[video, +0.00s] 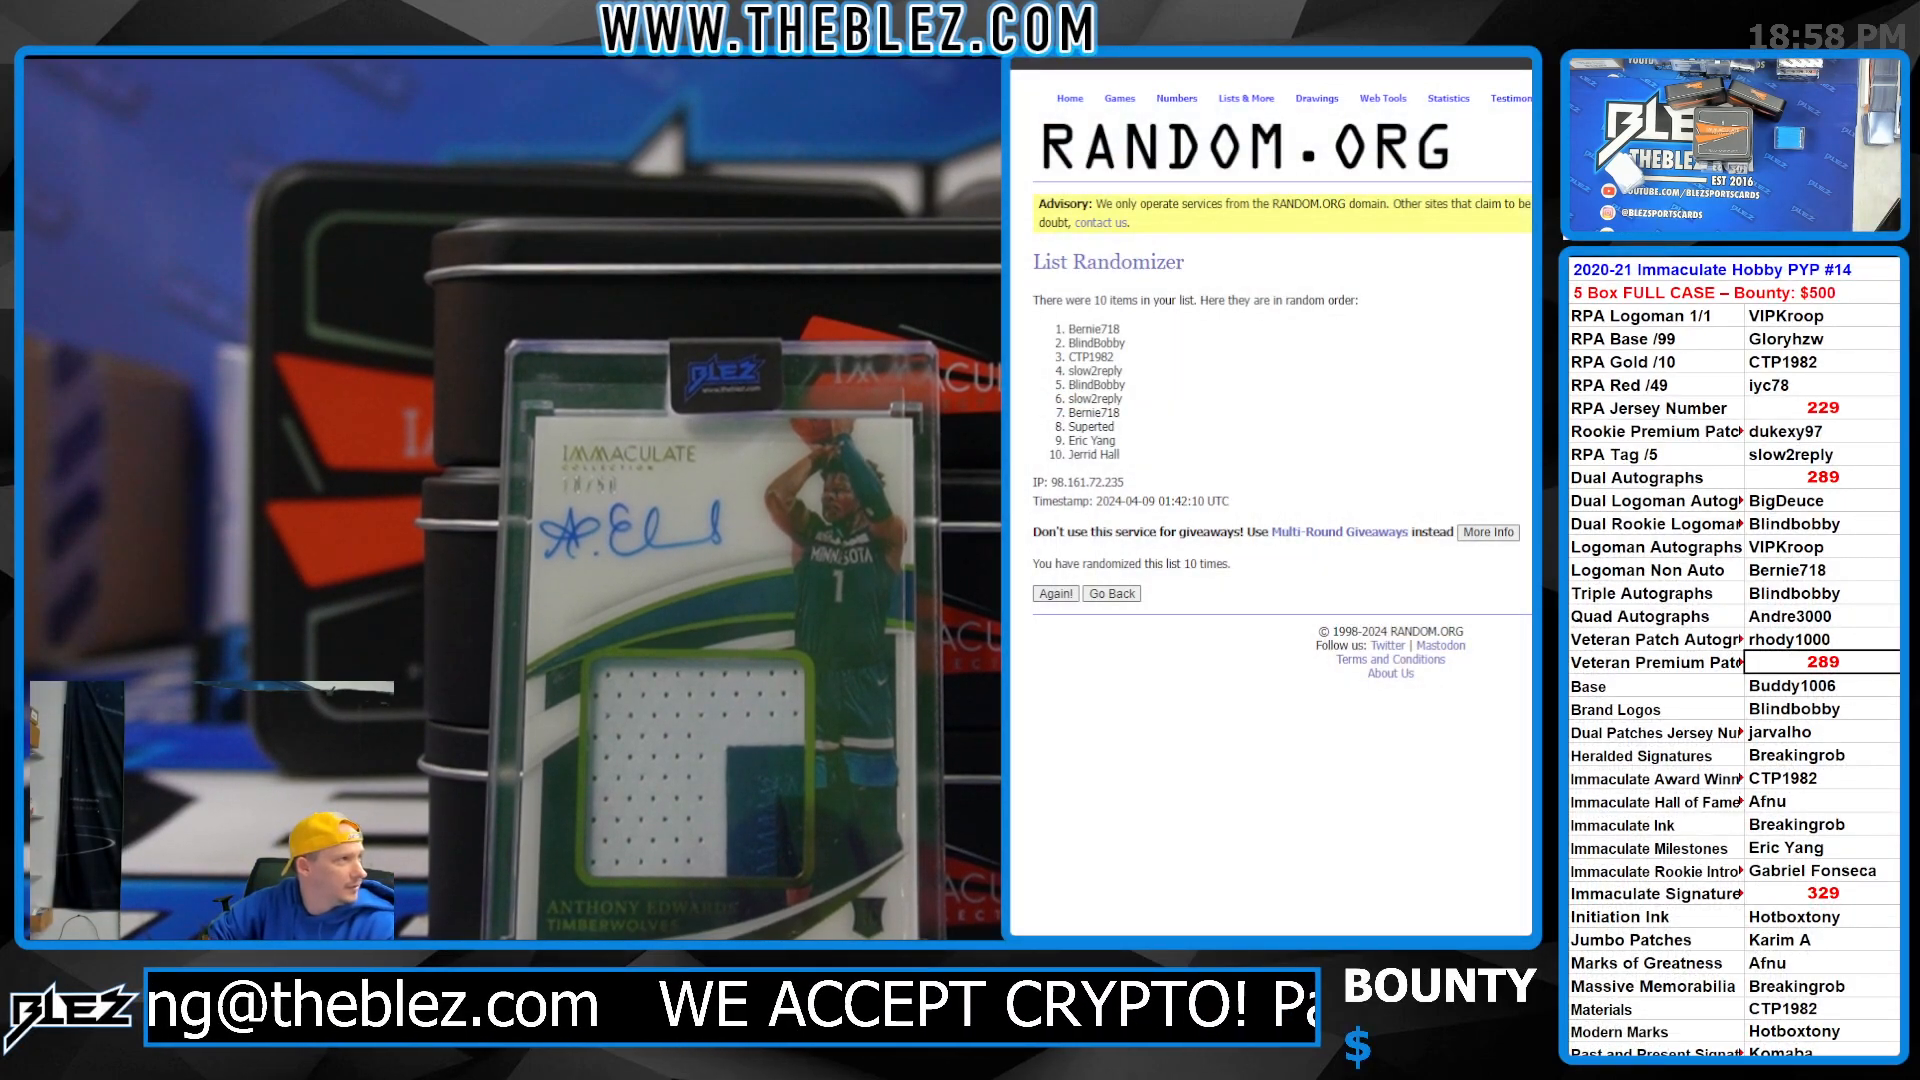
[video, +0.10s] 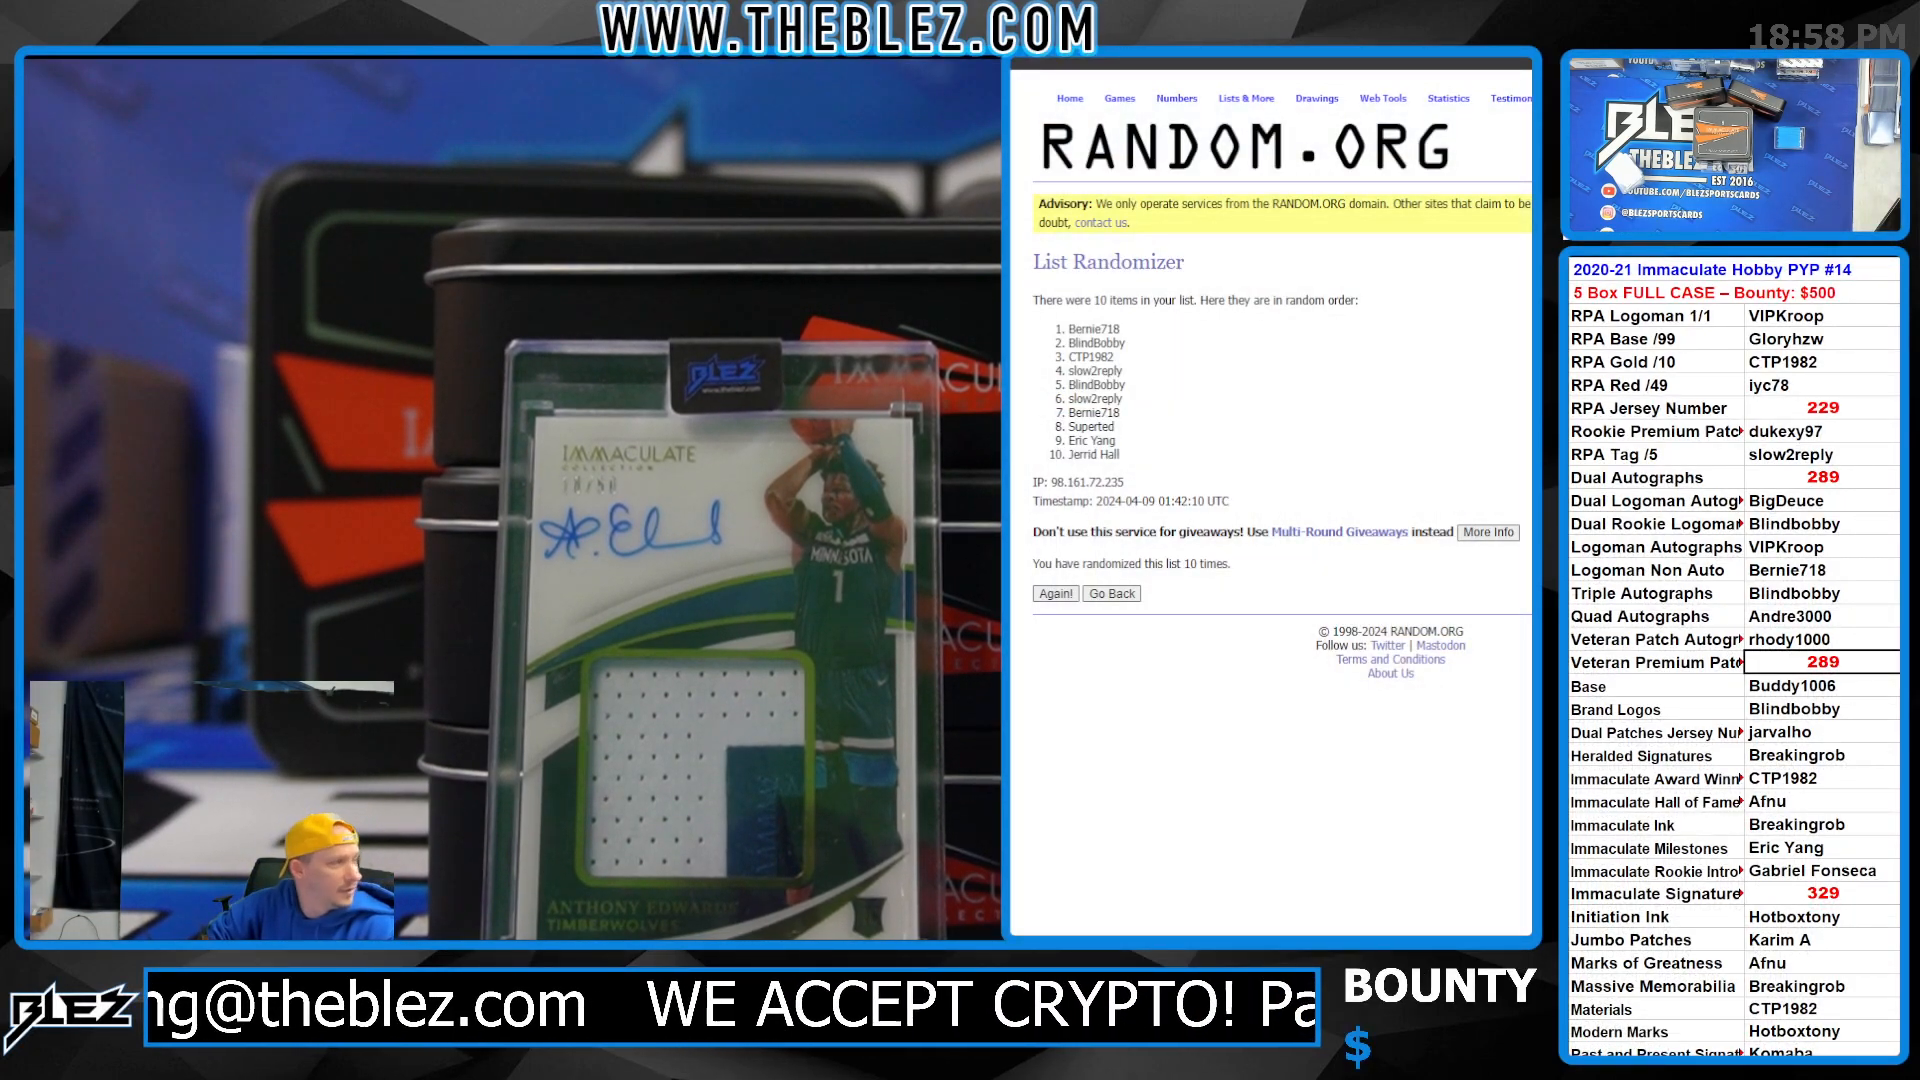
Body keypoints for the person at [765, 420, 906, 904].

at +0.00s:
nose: (835, 497)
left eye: (843, 490)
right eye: (829, 490)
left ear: (862, 495)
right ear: (822, 496)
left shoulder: (884, 539)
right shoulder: (811, 533)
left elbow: (876, 496)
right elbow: (776, 496)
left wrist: (843, 445)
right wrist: (815, 459)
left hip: (865, 679)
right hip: (813, 679)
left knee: (873, 797)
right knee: (820, 795)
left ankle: (873, 895)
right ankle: (820, 888)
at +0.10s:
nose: (835, 496)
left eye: (844, 489)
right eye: (829, 489)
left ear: (863, 495)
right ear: (822, 495)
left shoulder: (884, 539)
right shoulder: (810, 533)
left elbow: (876, 497)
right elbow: (776, 497)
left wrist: (844, 445)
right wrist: (814, 459)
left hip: (865, 679)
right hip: (812, 678)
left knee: (872, 797)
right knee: (819, 795)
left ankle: (872, 895)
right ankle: (816, 887)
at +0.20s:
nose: (834, 496)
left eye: (843, 490)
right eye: (829, 489)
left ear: (862, 495)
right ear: (821, 495)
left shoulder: (884, 539)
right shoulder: (811, 532)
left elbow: (876, 497)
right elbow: (776, 496)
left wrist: (844, 446)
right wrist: (814, 459)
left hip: (866, 678)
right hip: (812, 677)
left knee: (873, 796)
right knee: (817, 793)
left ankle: (871, 893)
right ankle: (816, 885)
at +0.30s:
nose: (834, 496)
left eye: (844, 489)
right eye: (829, 488)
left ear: (862, 494)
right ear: (821, 495)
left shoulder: (884, 539)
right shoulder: (810, 532)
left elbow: (876, 498)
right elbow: (776, 497)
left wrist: (845, 447)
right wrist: (814, 460)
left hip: (866, 677)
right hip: (813, 676)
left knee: (873, 795)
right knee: (816, 792)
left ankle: (872, 892)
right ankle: (813, 885)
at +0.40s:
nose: (835, 496)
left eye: (844, 490)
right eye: (829, 489)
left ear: (862, 495)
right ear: (822, 495)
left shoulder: (884, 539)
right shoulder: (810, 533)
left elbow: (876, 497)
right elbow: (776, 496)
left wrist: (844, 446)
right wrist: (815, 459)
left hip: (866, 678)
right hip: (813, 677)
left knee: (872, 794)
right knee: (816, 792)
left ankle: (871, 893)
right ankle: (814, 885)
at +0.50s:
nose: (834, 497)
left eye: (843, 490)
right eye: (829, 490)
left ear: (862, 495)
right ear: (821, 495)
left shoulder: (883, 539)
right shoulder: (810, 533)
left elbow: (875, 496)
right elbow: (776, 496)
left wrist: (844, 445)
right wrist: (814, 460)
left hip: (865, 678)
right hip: (812, 676)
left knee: (872, 795)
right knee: (816, 793)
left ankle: (871, 895)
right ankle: (816, 887)